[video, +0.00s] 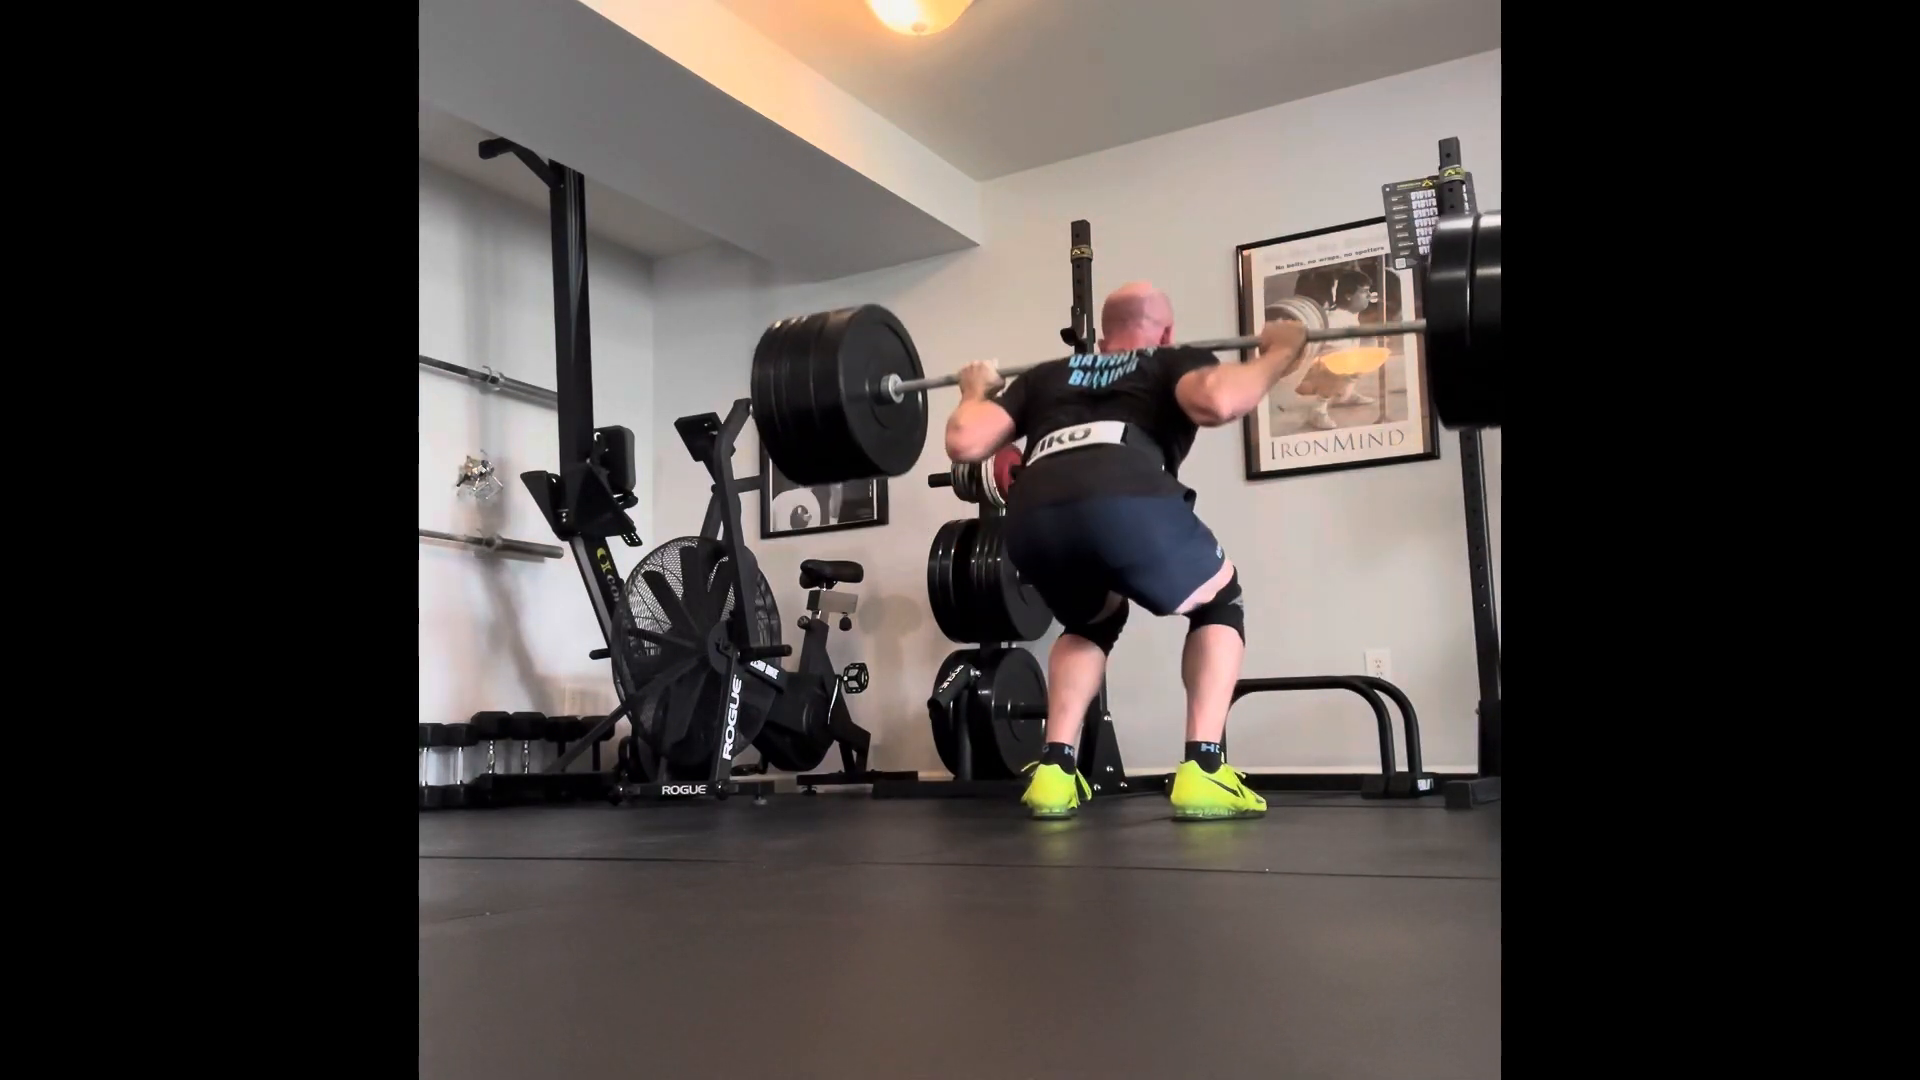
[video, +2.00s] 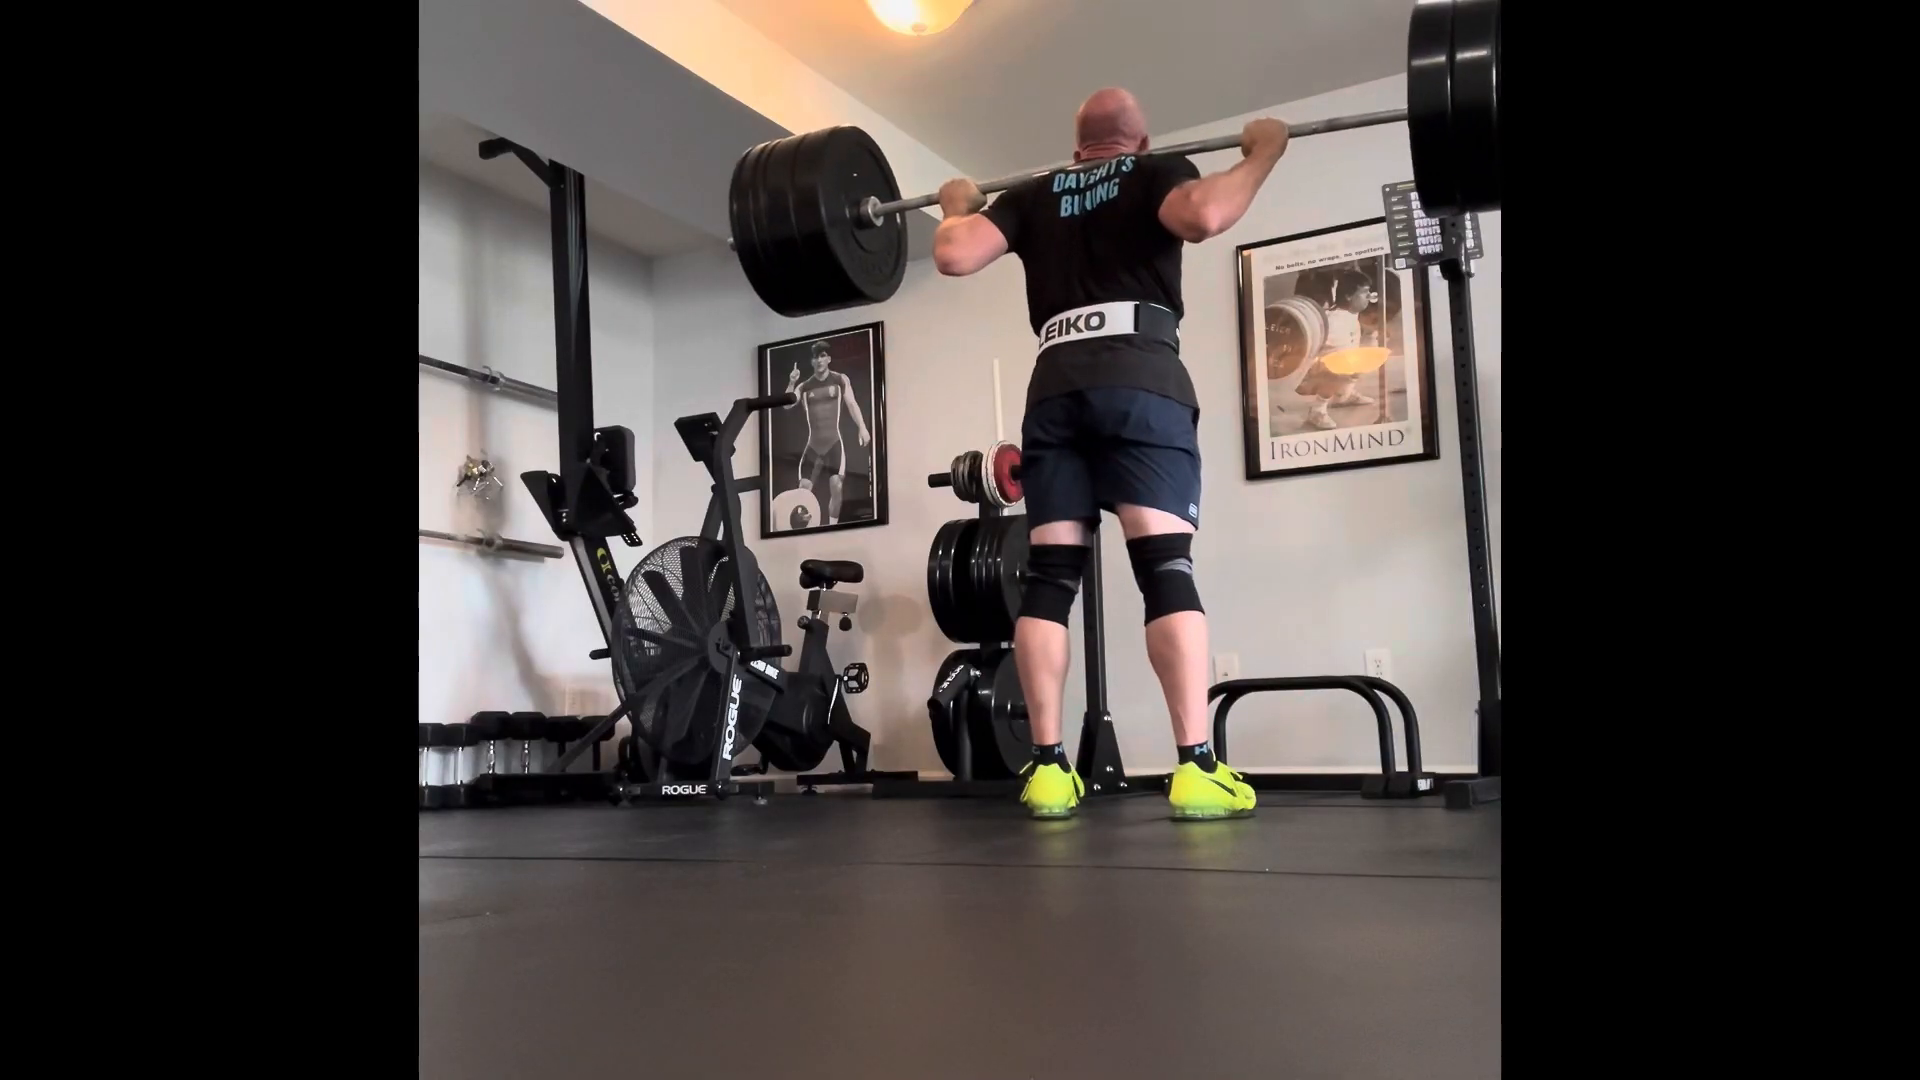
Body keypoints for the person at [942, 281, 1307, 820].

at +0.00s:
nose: (1169, 335)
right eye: (1168, 329)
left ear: (1100, 333)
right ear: (1163, 332)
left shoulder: (1045, 375)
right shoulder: (1173, 360)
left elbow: (963, 443)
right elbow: (1218, 401)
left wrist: (972, 393)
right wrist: (1279, 352)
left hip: (1032, 508)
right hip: (1126, 495)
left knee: (1094, 617)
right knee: (1218, 604)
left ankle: (1055, 770)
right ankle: (1203, 767)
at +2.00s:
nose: (1132, 145)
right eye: (1140, 136)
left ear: (1074, 145)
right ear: (1143, 140)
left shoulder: (1031, 194)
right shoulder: (1155, 170)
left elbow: (955, 254)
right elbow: (1204, 214)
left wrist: (956, 206)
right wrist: (1261, 153)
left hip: (1056, 379)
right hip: (1144, 373)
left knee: (1050, 575)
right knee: (1165, 569)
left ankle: (1047, 764)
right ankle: (1196, 764)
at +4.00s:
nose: (1162, 356)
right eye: (1161, 350)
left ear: (1094, 358)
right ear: (1157, 355)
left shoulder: (1040, 404)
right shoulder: (1171, 387)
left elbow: (960, 477)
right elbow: (1218, 438)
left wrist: (969, 416)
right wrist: (1279, 380)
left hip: (1035, 541)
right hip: (1132, 529)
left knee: (1055, 632)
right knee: (1235, 615)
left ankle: (1050, 769)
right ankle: (1202, 767)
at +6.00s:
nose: (1137, 145)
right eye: (1145, 137)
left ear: (1082, 150)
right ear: (1149, 142)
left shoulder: (1042, 205)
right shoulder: (1163, 173)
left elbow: (967, 273)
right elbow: (1215, 220)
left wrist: (965, 219)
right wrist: (1265, 151)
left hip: (1070, 392)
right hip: (1157, 385)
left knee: (1059, 576)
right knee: (1173, 575)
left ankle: (1050, 764)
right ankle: (1196, 764)